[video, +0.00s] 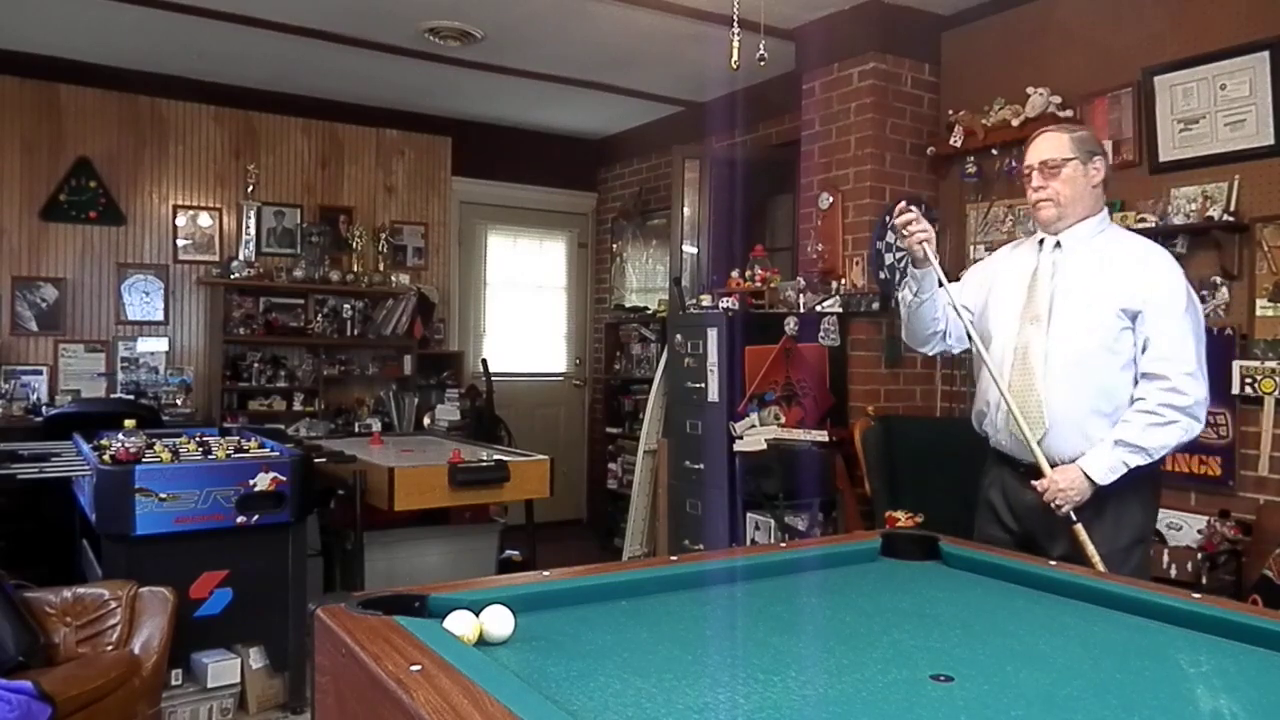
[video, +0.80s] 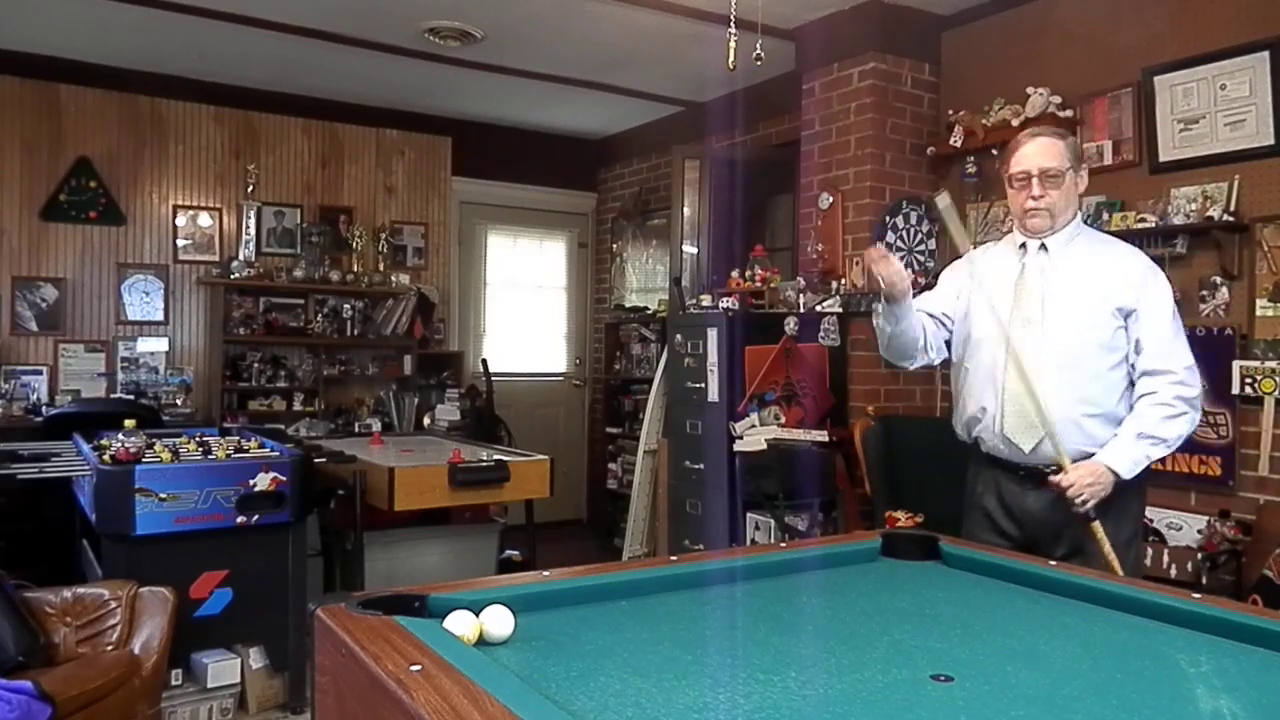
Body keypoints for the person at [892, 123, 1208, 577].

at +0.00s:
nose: (1034, 184)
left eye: (1050, 168)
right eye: (1028, 173)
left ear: (1095, 171)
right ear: (1023, 183)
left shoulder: (1148, 267)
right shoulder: (1004, 265)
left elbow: (1177, 399)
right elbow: (930, 334)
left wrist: (1090, 471)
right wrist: (922, 267)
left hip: (1103, 500)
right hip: (1004, 487)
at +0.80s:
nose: (1034, 192)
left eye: (1051, 178)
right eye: (1020, 180)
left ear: (1080, 182)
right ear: (1005, 188)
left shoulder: (1129, 270)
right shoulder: (973, 270)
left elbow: (1173, 391)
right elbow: (909, 352)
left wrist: (1110, 466)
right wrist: (896, 300)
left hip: (1096, 498)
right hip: (993, 489)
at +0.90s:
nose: (1047, 193)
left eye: (1065, 179)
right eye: (1033, 180)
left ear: (1091, 185)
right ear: (1014, 189)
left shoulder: (1136, 273)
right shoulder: (975, 274)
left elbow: (1189, 385)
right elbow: (920, 363)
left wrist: (1132, 452)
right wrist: (909, 341)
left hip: (1105, 501)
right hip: (998, 496)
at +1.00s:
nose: (1065, 195)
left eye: (1081, 183)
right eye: (1050, 181)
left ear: (1103, 190)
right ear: (1028, 188)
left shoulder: (1150, 276)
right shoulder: (985, 273)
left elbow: (1207, 381)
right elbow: (926, 347)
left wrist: (1158, 437)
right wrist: (935, 380)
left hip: (1112, 504)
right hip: (1005, 497)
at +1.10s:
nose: (1090, 201)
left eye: (1107, 187)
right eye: (1075, 185)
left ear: (1131, 191)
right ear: (1049, 186)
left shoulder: (1169, 280)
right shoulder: (999, 274)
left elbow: (1227, 385)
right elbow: (944, 364)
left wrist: (1184, 434)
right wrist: (964, 421)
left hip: (1125, 512)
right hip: (1015, 503)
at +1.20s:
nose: (1121, 205)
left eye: (1140, 192)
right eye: (1107, 187)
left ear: (1164, 199)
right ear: (1080, 186)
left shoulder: (1200, 290)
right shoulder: (1022, 273)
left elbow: (1249, 393)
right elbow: (966, 374)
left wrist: (1206, 441)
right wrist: (995, 447)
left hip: (1139, 521)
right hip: (1028, 512)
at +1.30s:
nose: (1159, 211)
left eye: (1179, 198)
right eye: (1146, 191)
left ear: (1201, 206)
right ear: (1116, 184)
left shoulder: (1230, 294)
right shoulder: (1049, 270)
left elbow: (1267, 399)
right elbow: (992, 376)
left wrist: (1225, 449)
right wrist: (1020, 462)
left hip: (1161, 524)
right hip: (1046, 513)